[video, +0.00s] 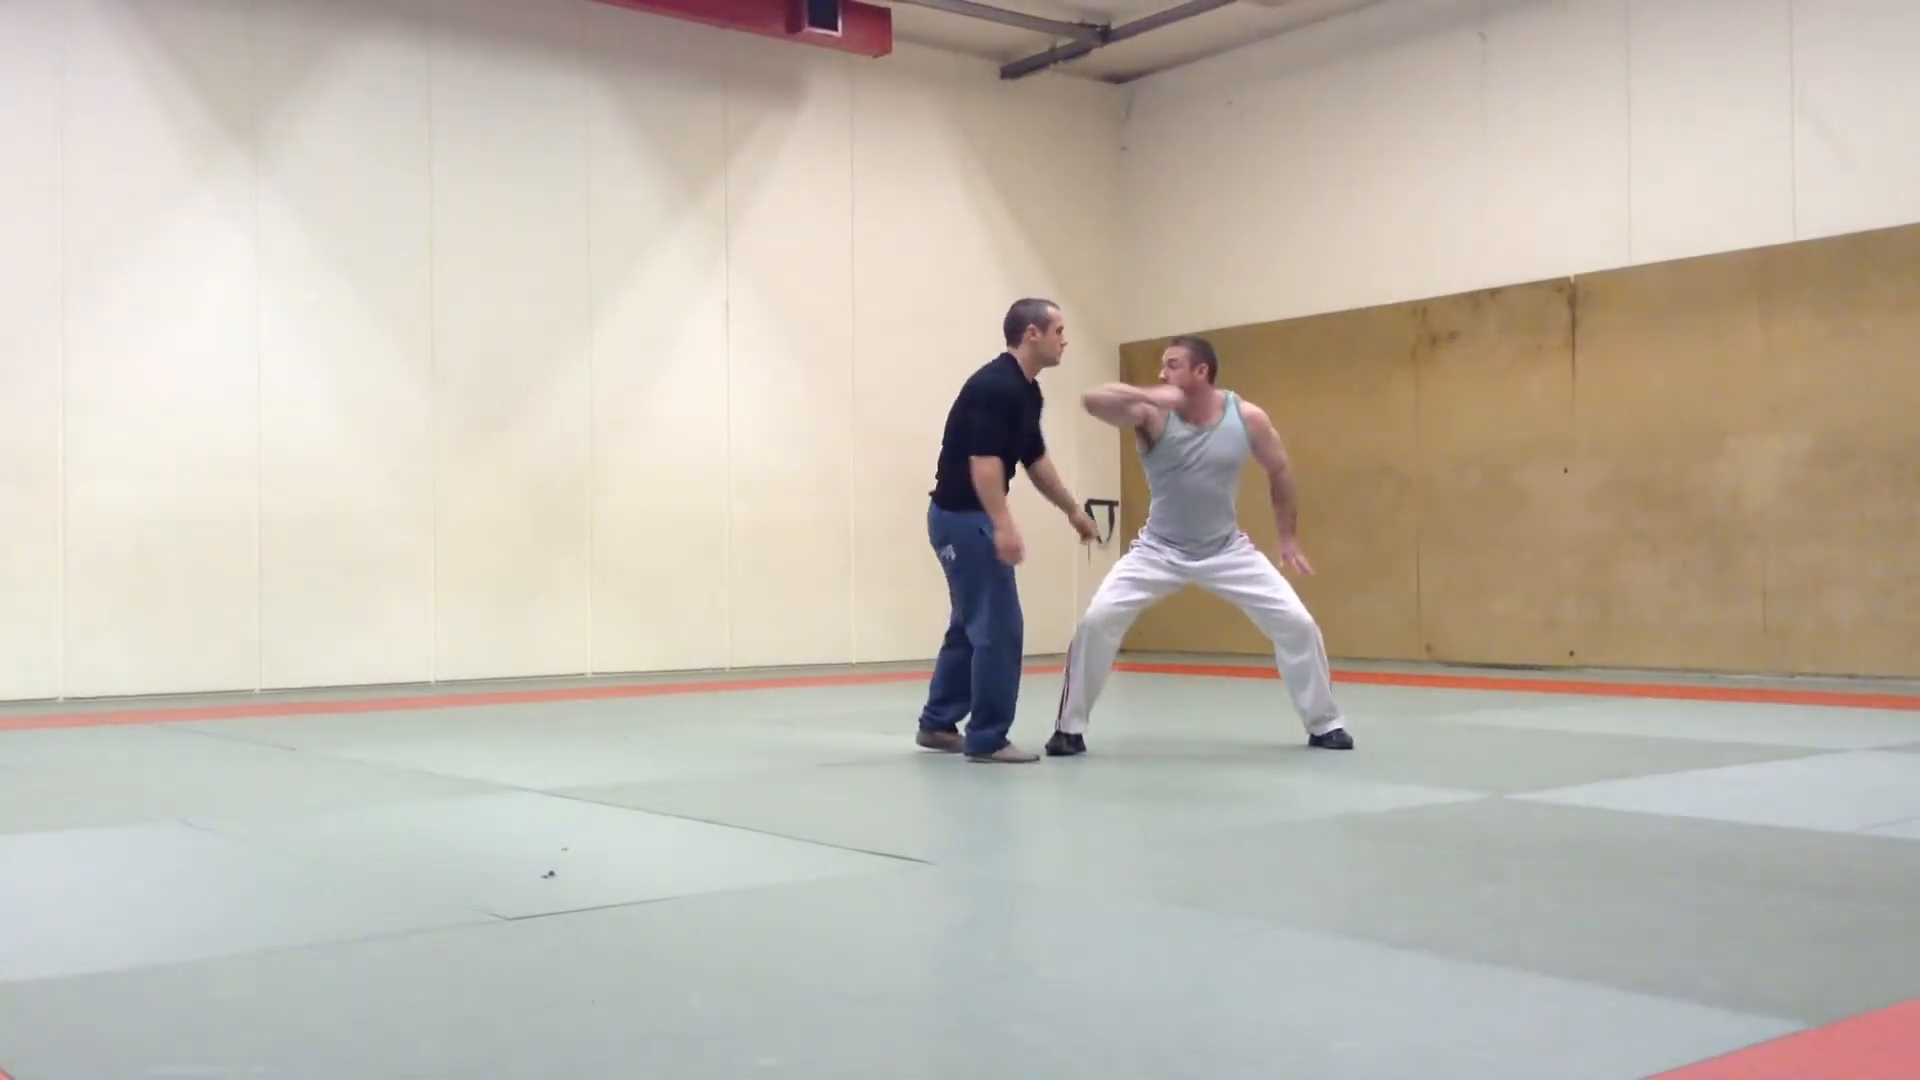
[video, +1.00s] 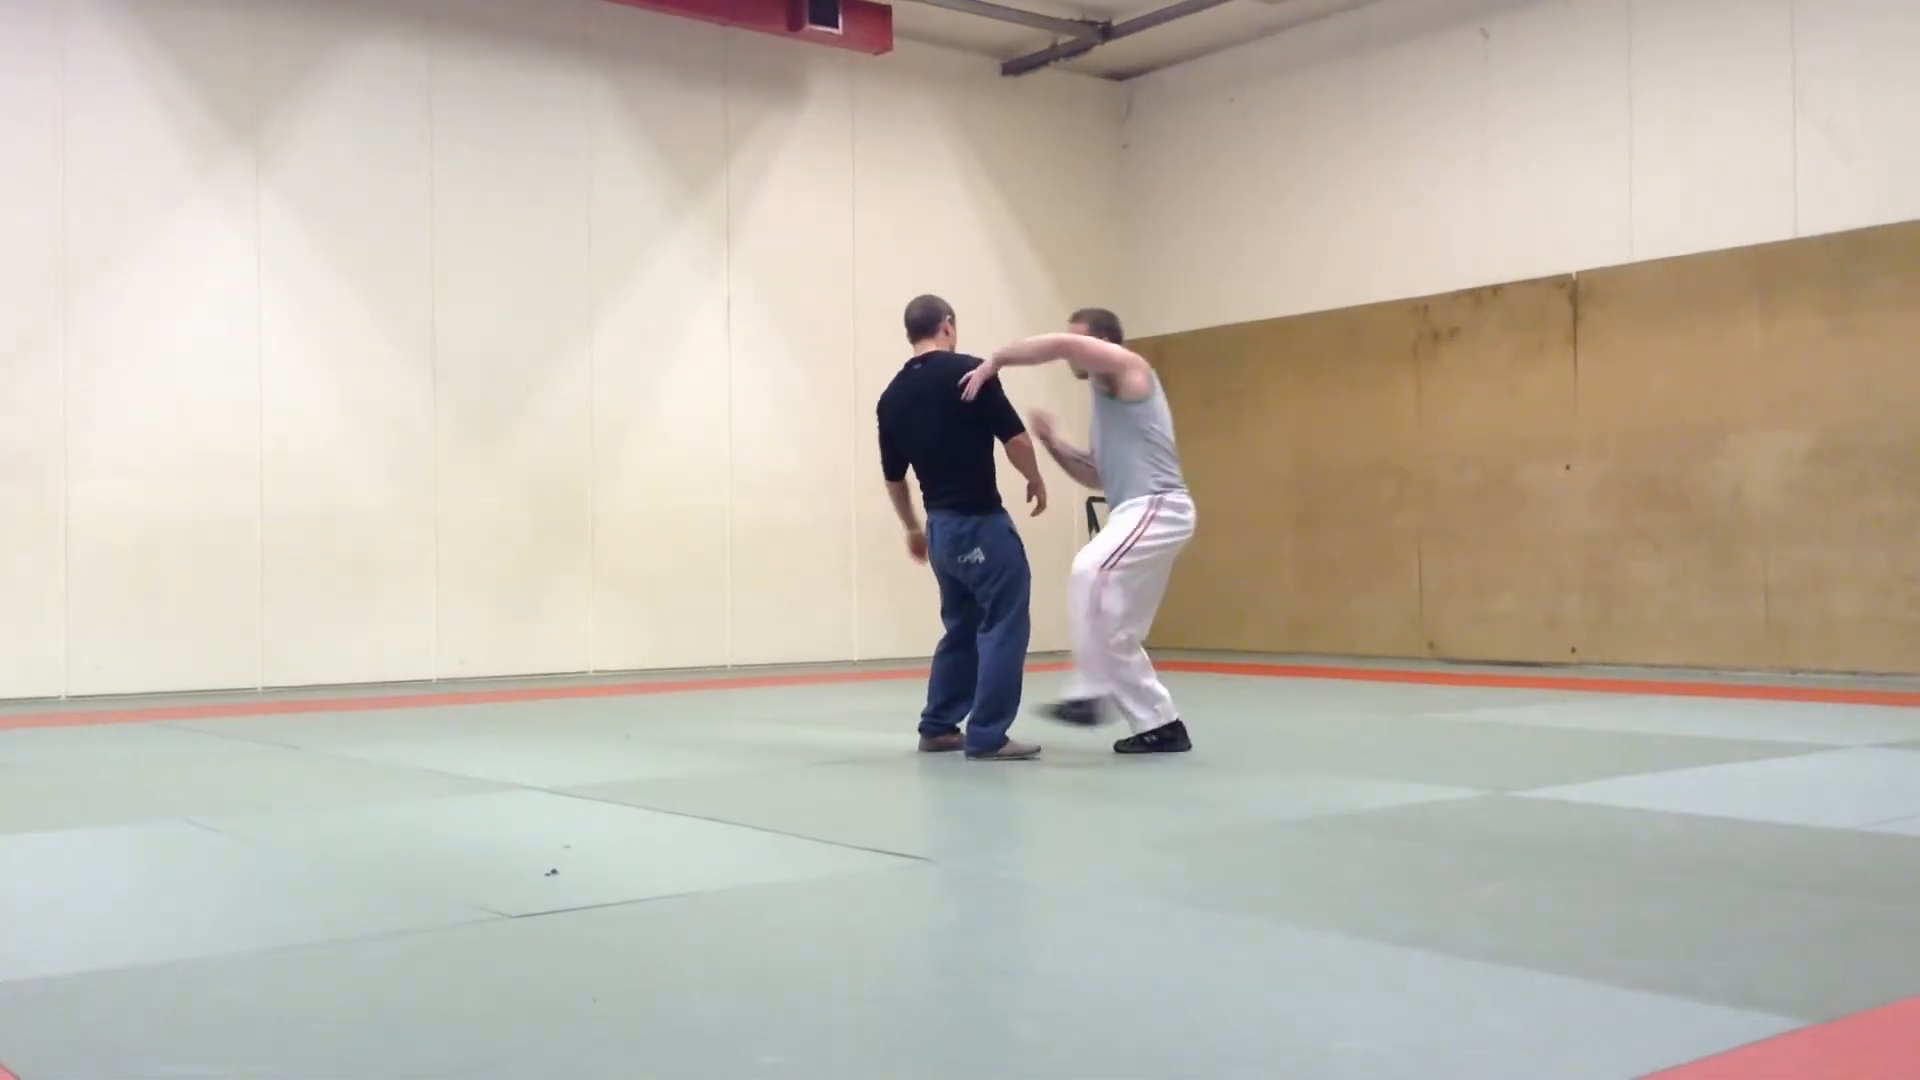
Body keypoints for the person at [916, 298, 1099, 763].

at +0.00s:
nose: (1064, 339)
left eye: (1063, 331)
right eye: (1058, 331)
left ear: (1033, 334)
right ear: (1032, 334)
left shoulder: (1027, 391)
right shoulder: (994, 386)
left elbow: (1036, 461)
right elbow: (984, 465)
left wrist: (1073, 509)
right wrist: (1004, 525)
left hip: (973, 519)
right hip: (966, 520)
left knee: (969, 624)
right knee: (999, 628)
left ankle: (937, 723)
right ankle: (987, 741)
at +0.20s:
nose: (1056, 341)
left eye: (1055, 332)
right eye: (1052, 332)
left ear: (1015, 333)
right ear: (1031, 333)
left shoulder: (986, 372)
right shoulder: (1007, 382)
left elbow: (991, 449)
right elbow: (1012, 460)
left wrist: (1014, 500)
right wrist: (1047, 521)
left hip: (947, 516)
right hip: (970, 521)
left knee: (965, 623)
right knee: (1001, 626)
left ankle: (937, 723)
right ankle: (987, 739)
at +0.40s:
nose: (1012, 330)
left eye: (1005, 322)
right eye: (1011, 323)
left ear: (965, 326)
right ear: (1005, 325)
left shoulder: (939, 376)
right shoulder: (1004, 380)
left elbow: (934, 453)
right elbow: (1028, 461)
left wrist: (945, 503)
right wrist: (1058, 515)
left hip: (942, 520)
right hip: (982, 524)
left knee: (959, 622)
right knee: (1004, 626)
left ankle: (937, 726)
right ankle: (987, 738)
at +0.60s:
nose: (971, 331)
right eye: (970, 324)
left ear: (927, 332)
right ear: (969, 326)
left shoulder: (907, 389)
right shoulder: (992, 375)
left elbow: (898, 467)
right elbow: (1030, 443)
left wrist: (911, 517)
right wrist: (1057, 490)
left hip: (942, 527)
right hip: (988, 526)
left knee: (958, 627)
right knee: (1004, 629)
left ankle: (937, 728)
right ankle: (987, 740)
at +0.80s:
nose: (956, 335)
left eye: (951, 329)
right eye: (955, 328)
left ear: (910, 336)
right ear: (950, 329)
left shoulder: (894, 396)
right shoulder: (978, 371)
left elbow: (888, 476)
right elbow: (1023, 436)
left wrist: (894, 532)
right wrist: (1046, 474)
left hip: (941, 528)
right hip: (987, 525)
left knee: (959, 628)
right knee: (1004, 627)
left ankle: (938, 727)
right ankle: (986, 737)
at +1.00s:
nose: (956, 334)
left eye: (952, 328)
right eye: (955, 327)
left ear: (908, 334)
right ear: (948, 328)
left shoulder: (892, 395)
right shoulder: (972, 371)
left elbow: (894, 476)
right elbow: (1015, 439)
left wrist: (911, 527)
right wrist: (1033, 478)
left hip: (940, 527)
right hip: (984, 525)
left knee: (960, 626)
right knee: (1007, 624)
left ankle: (938, 726)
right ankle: (988, 736)